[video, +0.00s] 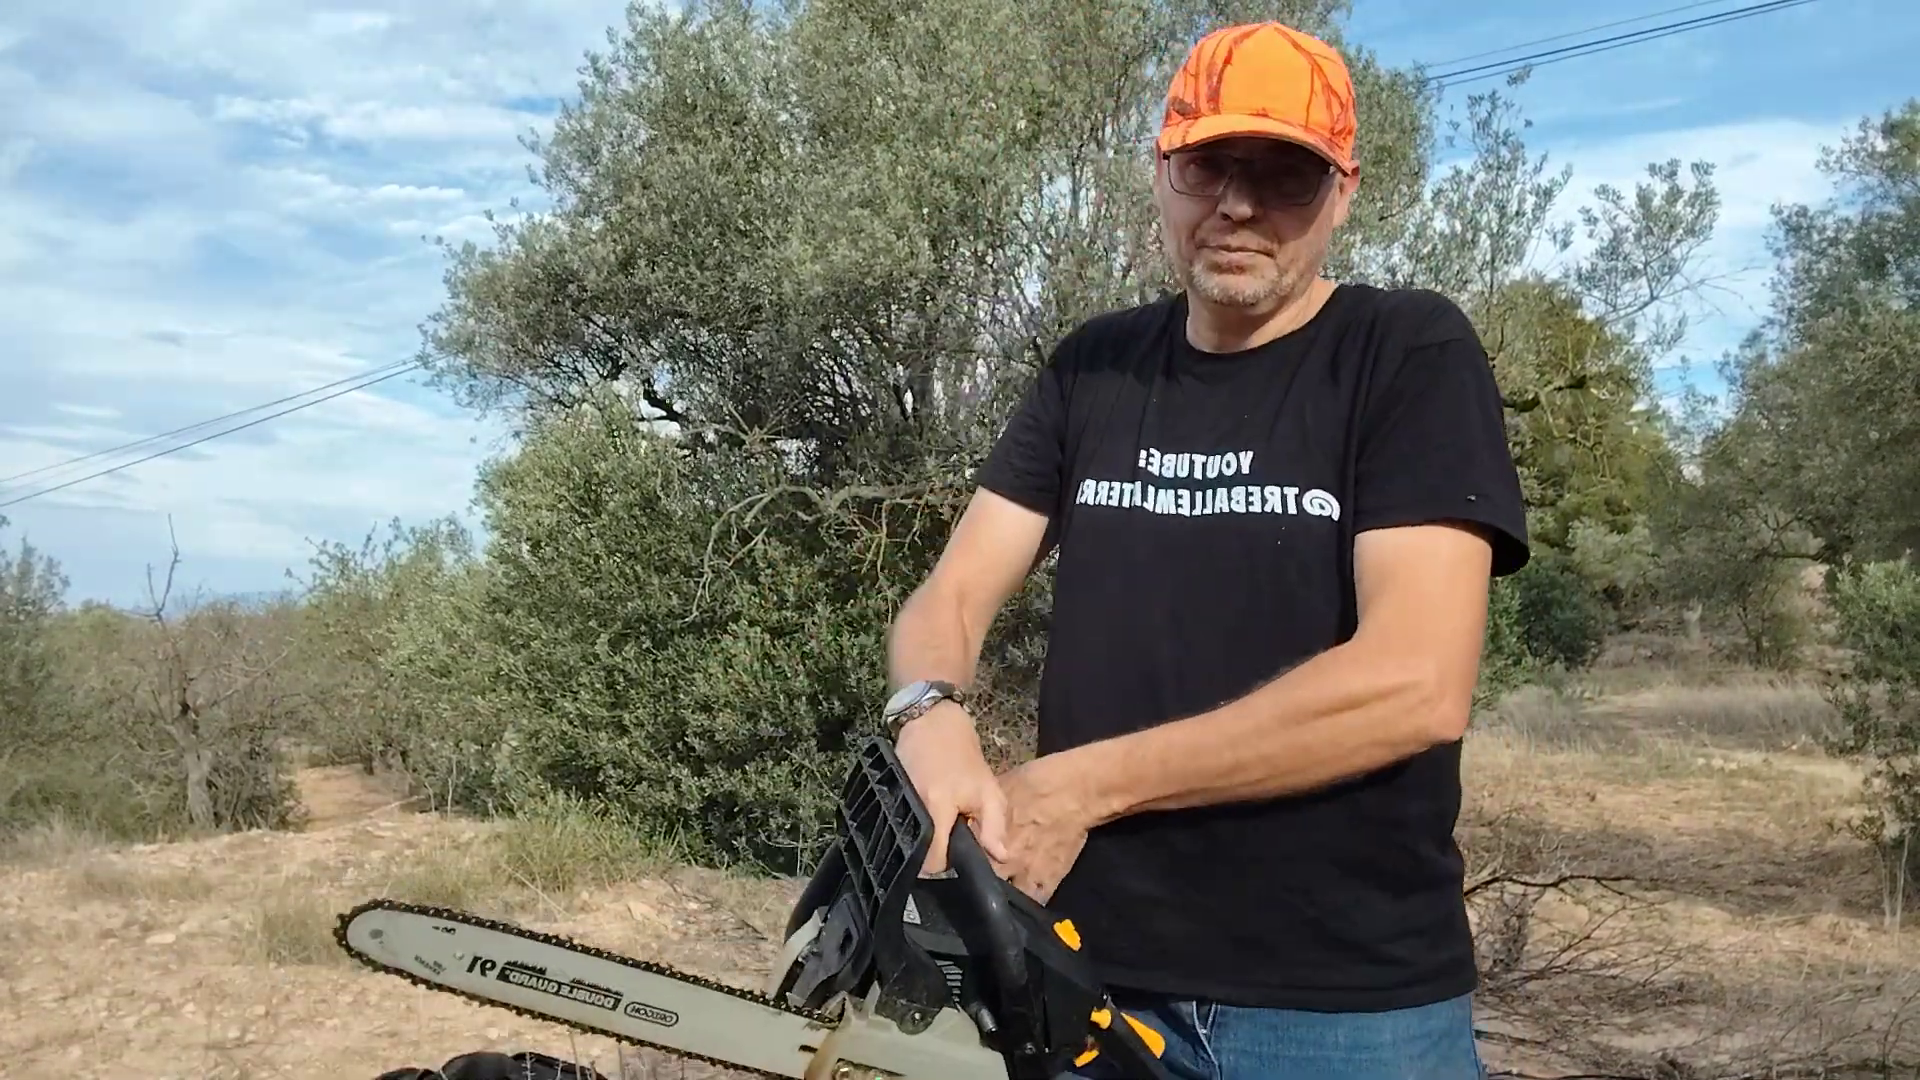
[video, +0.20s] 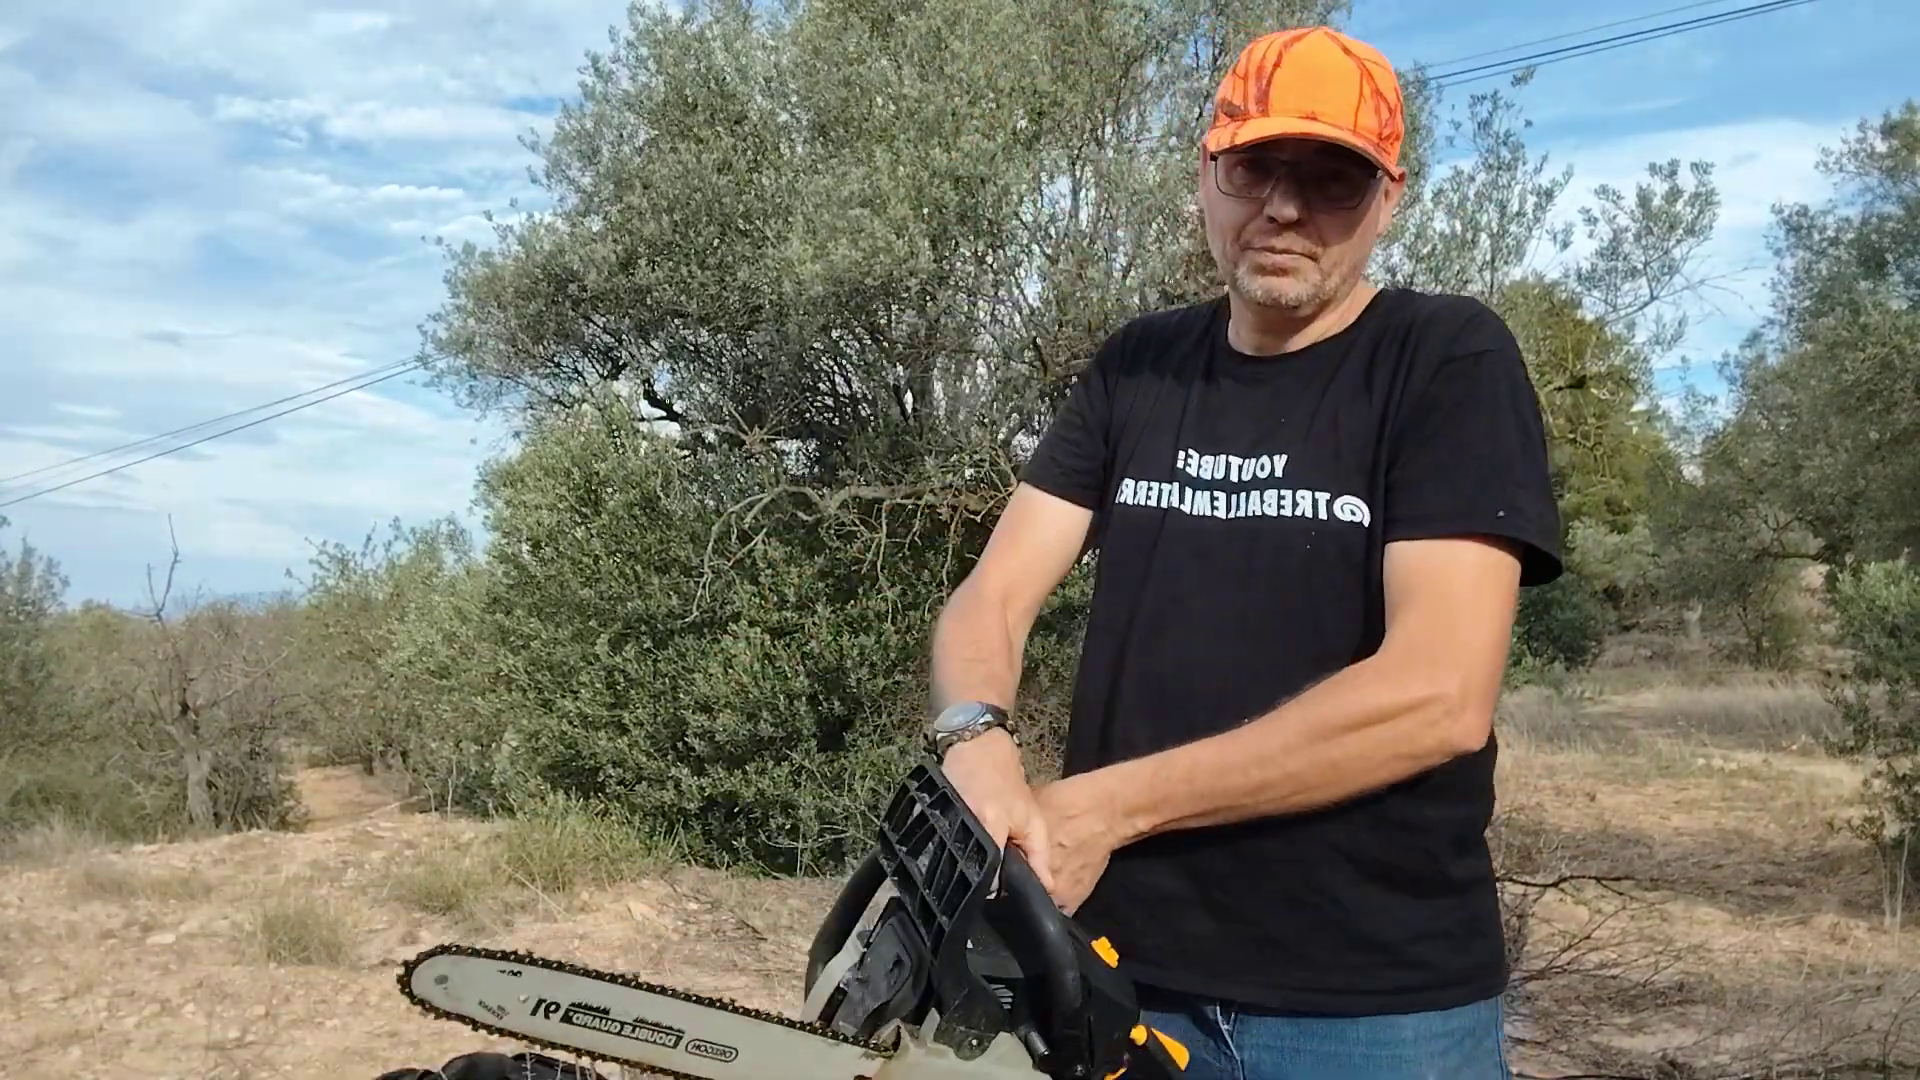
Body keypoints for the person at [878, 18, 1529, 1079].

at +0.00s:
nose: (1237, 207)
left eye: (1281, 175)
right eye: (1208, 168)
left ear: (1342, 195)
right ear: (1164, 179)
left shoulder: (1410, 350)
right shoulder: (1094, 364)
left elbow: (1417, 680)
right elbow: (948, 601)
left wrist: (1086, 785)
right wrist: (931, 719)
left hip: (1349, 1017)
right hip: (1095, 1000)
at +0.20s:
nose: (1281, 206)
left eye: (1326, 178)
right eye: (1252, 168)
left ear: (1387, 201)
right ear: (1205, 180)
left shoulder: (1448, 354)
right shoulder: (1139, 363)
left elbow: (1441, 692)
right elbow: (989, 603)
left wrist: (1109, 806)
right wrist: (973, 742)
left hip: (1379, 1018)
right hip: (1128, 997)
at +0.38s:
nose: (1303, 220)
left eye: (1348, 189)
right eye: (1276, 180)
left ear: (1403, 206)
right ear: (1224, 183)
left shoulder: (1481, 350)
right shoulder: (1143, 363)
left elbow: (1693, 602)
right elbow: (973, 584)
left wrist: (1395, 571)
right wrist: (966, 760)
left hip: (1390, 988)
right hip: (1121, 967)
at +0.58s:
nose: (1326, 199)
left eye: (1371, 169)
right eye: (1297, 158)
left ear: (1420, 188)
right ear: (1237, 157)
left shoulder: (1485, 353)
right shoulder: (1136, 347)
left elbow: (1709, 577)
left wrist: (1728, 399)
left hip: (1414, 998)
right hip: (1147, 985)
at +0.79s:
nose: (1334, 207)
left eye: (1379, 175)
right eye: (1303, 163)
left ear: (1429, 193)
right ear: (1244, 160)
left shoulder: (1483, 367)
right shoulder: (1139, 345)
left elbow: (1638, 667)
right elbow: (987, 607)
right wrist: (1006, 833)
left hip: (1425, 1014)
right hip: (1159, 1000)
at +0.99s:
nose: (1337, 197)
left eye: (1385, 168)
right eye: (1307, 154)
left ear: (1433, 192)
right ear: (1246, 153)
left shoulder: (1485, 376)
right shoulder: (1136, 339)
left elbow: (1573, 687)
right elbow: (976, 595)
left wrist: (1381, 806)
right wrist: (1008, 761)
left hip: (1403, 1015)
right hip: (1138, 997)